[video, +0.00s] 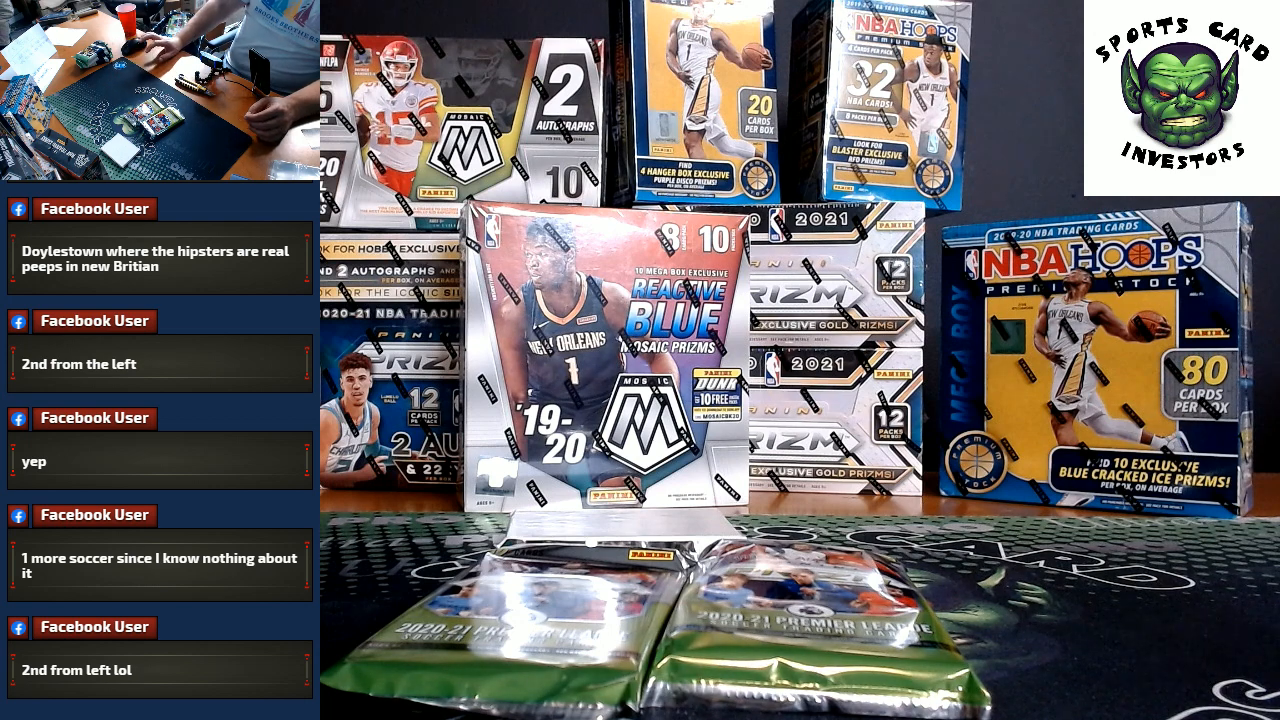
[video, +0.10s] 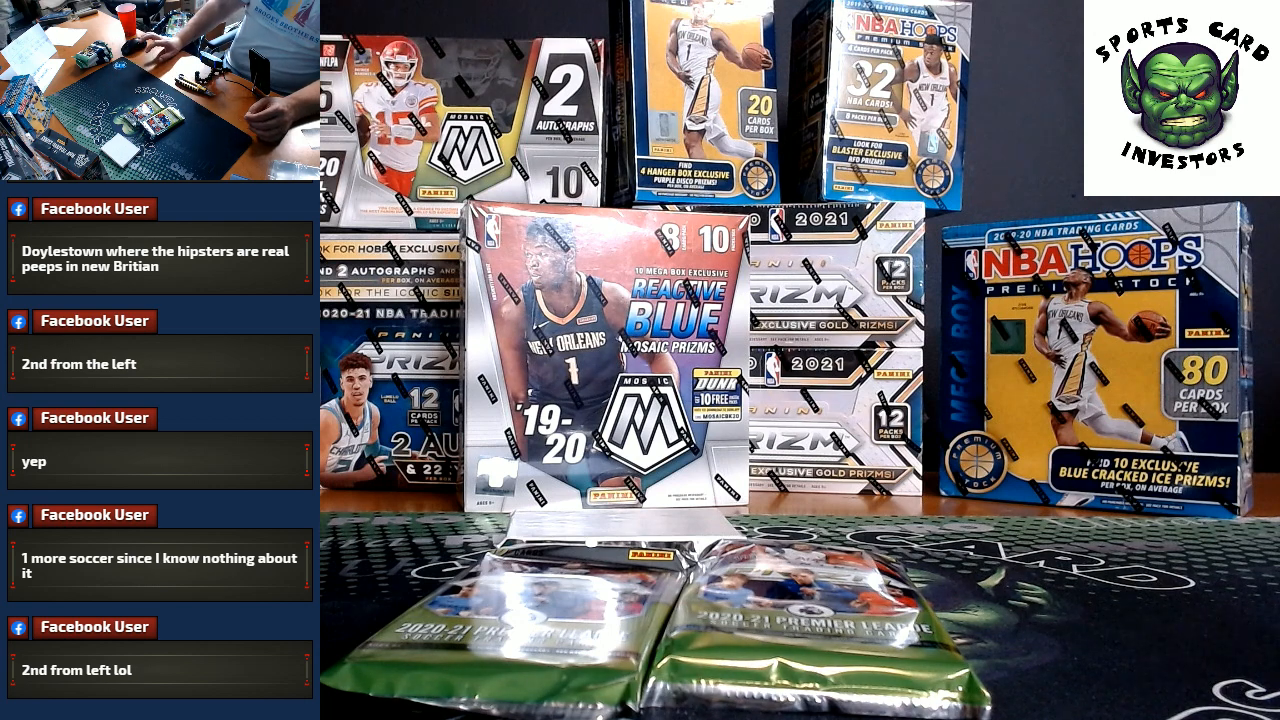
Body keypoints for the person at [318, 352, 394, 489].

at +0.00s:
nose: (356, 385)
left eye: (362, 378)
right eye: (350, 379)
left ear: (370, 382)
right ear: (341, 383)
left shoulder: (372, 413)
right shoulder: (325, 419)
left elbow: (373, 451)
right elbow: (316, 477)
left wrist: (406, 456)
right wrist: (360, 475)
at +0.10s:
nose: (356, 385)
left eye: (362, 378)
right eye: (350, 379)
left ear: (370, 382)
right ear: (341, 383)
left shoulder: (372, 413)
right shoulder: (325, 419)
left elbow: (373, 451)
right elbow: (316, 477)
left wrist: (406, 456)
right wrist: (360, 475)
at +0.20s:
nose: (356, 385)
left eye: (362, 378)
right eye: (350, 379)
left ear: (370, 382)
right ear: (341, 383)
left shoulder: (372, 413)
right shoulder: (325, 419)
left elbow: (373, 450)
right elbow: (316, 477)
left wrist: (406, 456)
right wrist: (360, 475)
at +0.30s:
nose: (356, 385)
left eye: (362, 378)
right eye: (350, 379)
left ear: (370, 382)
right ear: (341, 383)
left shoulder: (372, 413)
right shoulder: (325, 419)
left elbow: (373, 450)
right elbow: (316, 477)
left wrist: (406, 456)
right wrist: (360, 475)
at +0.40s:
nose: (356, 385)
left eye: (362, 378)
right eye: (350, 379)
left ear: (370, 382)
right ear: (341, 383)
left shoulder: (372, 413)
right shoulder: (325, 419)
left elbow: (373, 450)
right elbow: (316, 477)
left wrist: (406, 456)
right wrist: (360, 475)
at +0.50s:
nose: (356, 385)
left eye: (362, 378)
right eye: (350, 379)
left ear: (370, 382)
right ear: (341, 383)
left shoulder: (372, 413)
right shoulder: (325, 419)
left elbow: (373, 450)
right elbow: (316, 477)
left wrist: (406, 456)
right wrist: (360, 475)